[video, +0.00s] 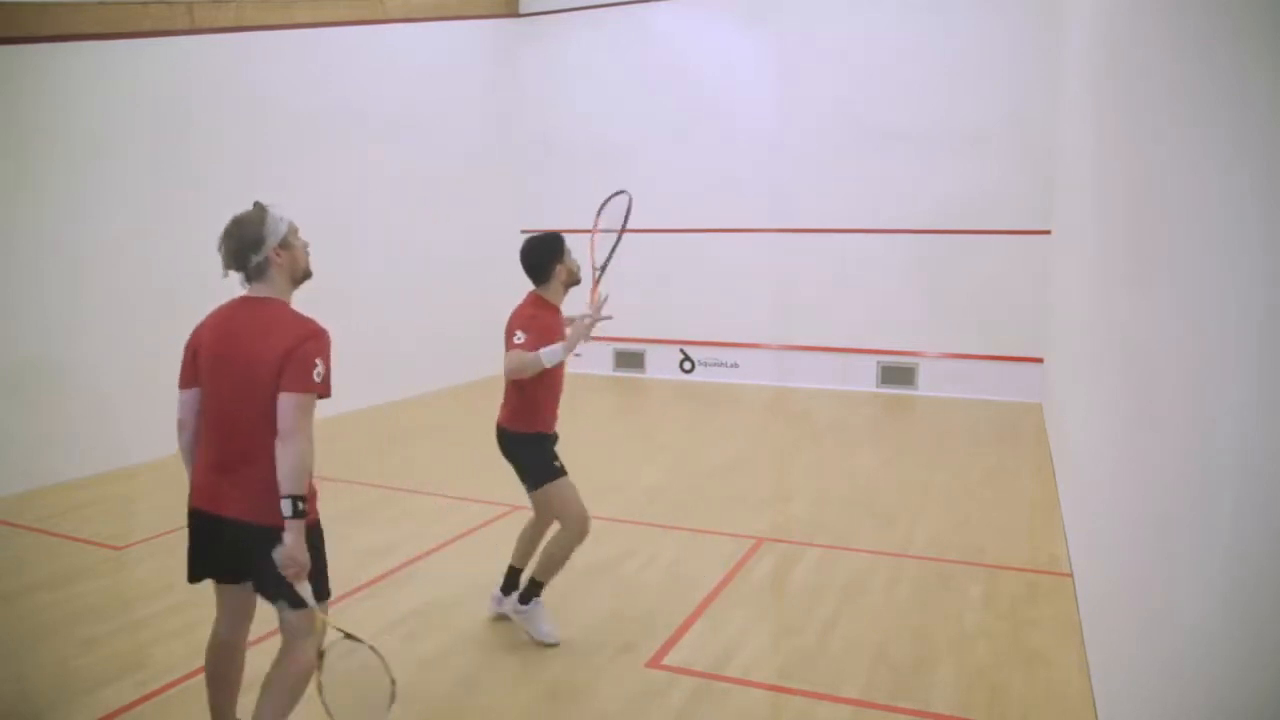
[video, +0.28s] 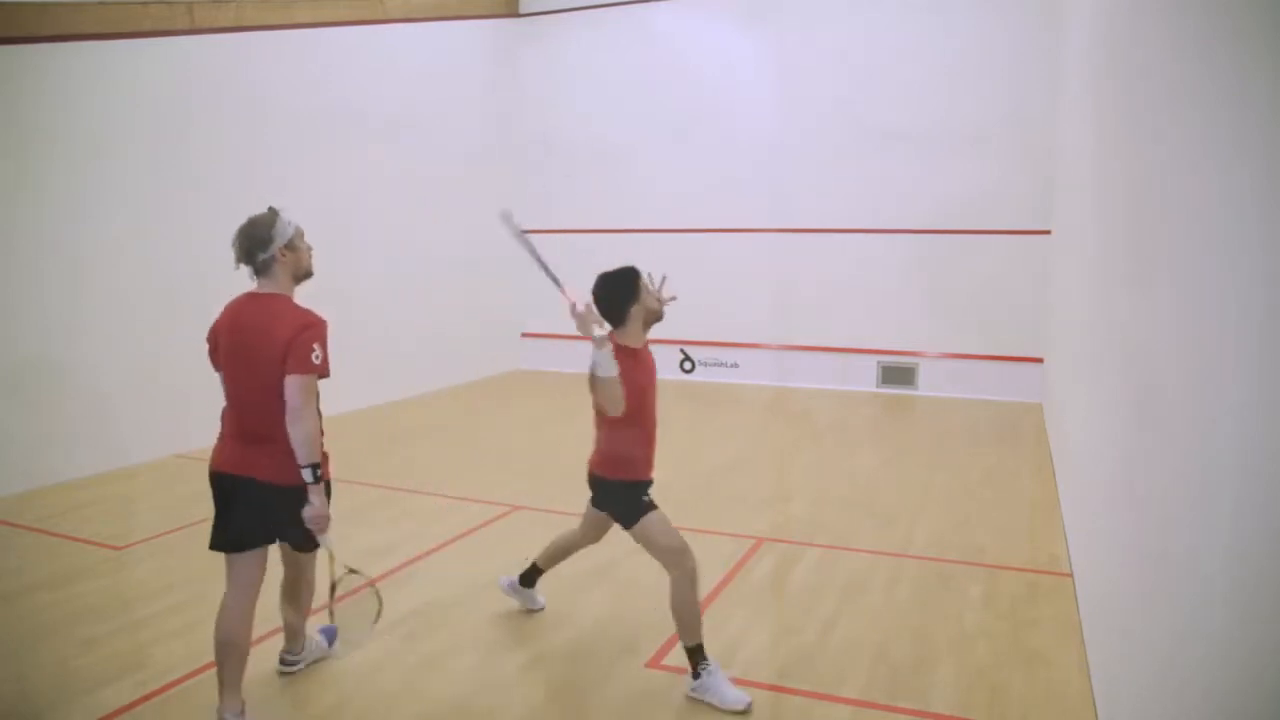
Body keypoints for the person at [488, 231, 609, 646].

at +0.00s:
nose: (574, 264)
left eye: (570, 257)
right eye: (569, 258)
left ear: (546, 271)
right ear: (558, 269)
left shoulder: (547, 311)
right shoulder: (530, 317)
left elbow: (558, 332)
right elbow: (514, 367)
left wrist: (588, 319)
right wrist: (567, 345)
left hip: (534, 432)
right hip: (523, 436)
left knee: (544, 514)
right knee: (576, 523)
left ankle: (507, 592)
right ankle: (527, 600)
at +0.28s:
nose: (655, 295)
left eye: (651, 288)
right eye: (648, 290)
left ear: (623, 311)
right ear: (633, 307)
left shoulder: (634, 344)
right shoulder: (607, 360)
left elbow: (642, 327)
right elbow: (613, 406)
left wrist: (654, 310)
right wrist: (600, 343)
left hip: (621, 476)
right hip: (618, 481)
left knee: (585, 534)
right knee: (681, 561)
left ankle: (523, 581)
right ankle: (701, 673)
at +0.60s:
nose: (717, 285)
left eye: (712, 277)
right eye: (713, 278)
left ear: (672, 293)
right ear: (704, 288)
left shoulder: (655, 344)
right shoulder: (715, 352)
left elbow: (693, 378)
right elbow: (782, 364)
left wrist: (742, 388)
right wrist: (831, 359)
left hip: (658, 487)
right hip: (698, 494)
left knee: (697, 533)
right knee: (768, 595)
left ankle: (659, 618)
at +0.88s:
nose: (697, 293)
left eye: (690, 286)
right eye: (696, 287)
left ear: (653, 299)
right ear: (695, 294)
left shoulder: (635, 357)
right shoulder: (716, 355)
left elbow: (614, 423)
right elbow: (764, 420)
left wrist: (647, 442)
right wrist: (758, 433)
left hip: (656, 497)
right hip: (707, 498)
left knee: (690, 556)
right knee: (761, 597)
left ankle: (668, 658)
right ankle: (780, 710)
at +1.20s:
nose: (593, 273)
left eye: (579, 266)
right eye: (605, 265)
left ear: (571, 270)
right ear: (613, 269)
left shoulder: (552, 325)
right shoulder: (636, 323)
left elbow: (524, 397)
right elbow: (665, 399)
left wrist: (529, 440)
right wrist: (645, 425)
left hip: (566, 465)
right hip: (619, 467)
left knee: (547, 544)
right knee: (609, 578)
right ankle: (597, 691)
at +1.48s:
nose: (514, 267)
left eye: (498, 261)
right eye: (523, 260)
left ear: (493, 266)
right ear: (531, 266)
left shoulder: (472, 316)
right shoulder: (550, 318)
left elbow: (450, 383)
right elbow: (563, 388)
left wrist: (466, 400)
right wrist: (541, 410)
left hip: (481, 446)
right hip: (530, 446)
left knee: (470, 535)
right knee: (551, 531)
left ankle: (469, 629)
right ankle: (550, 614)